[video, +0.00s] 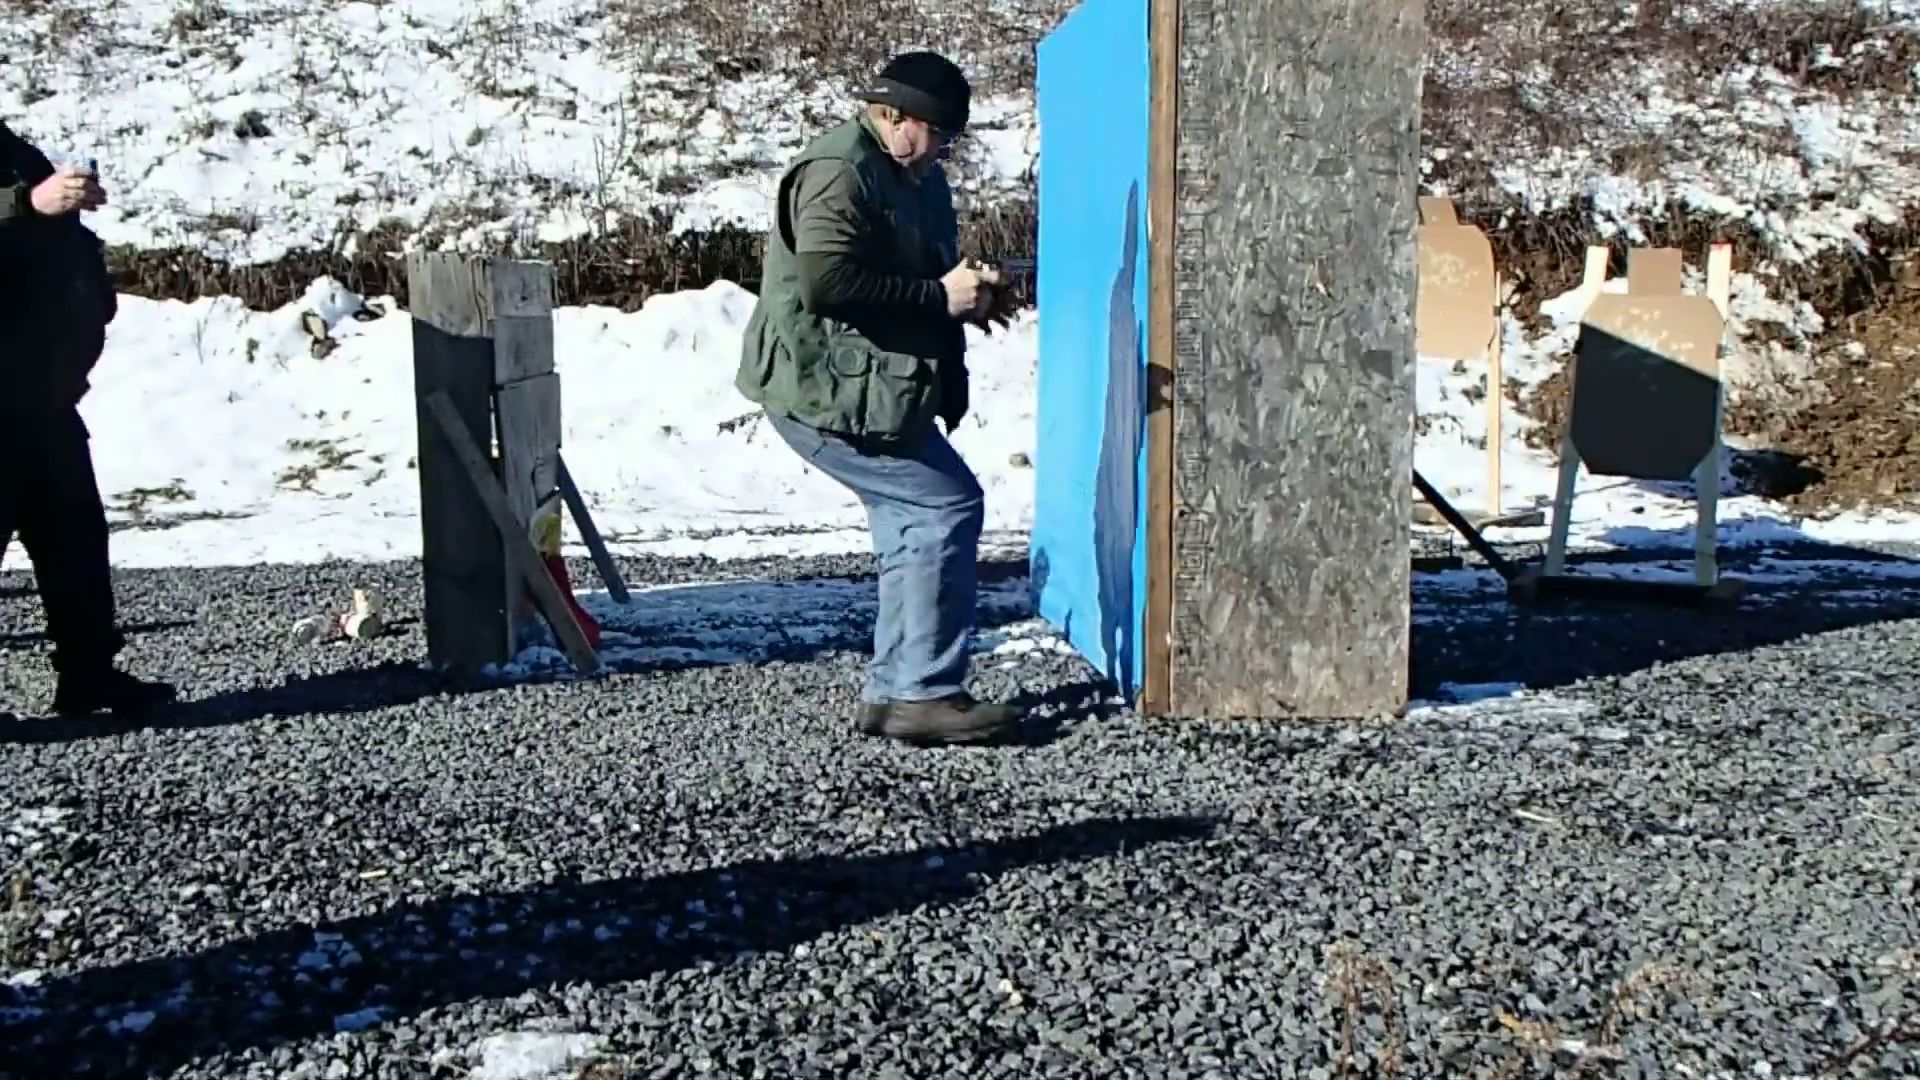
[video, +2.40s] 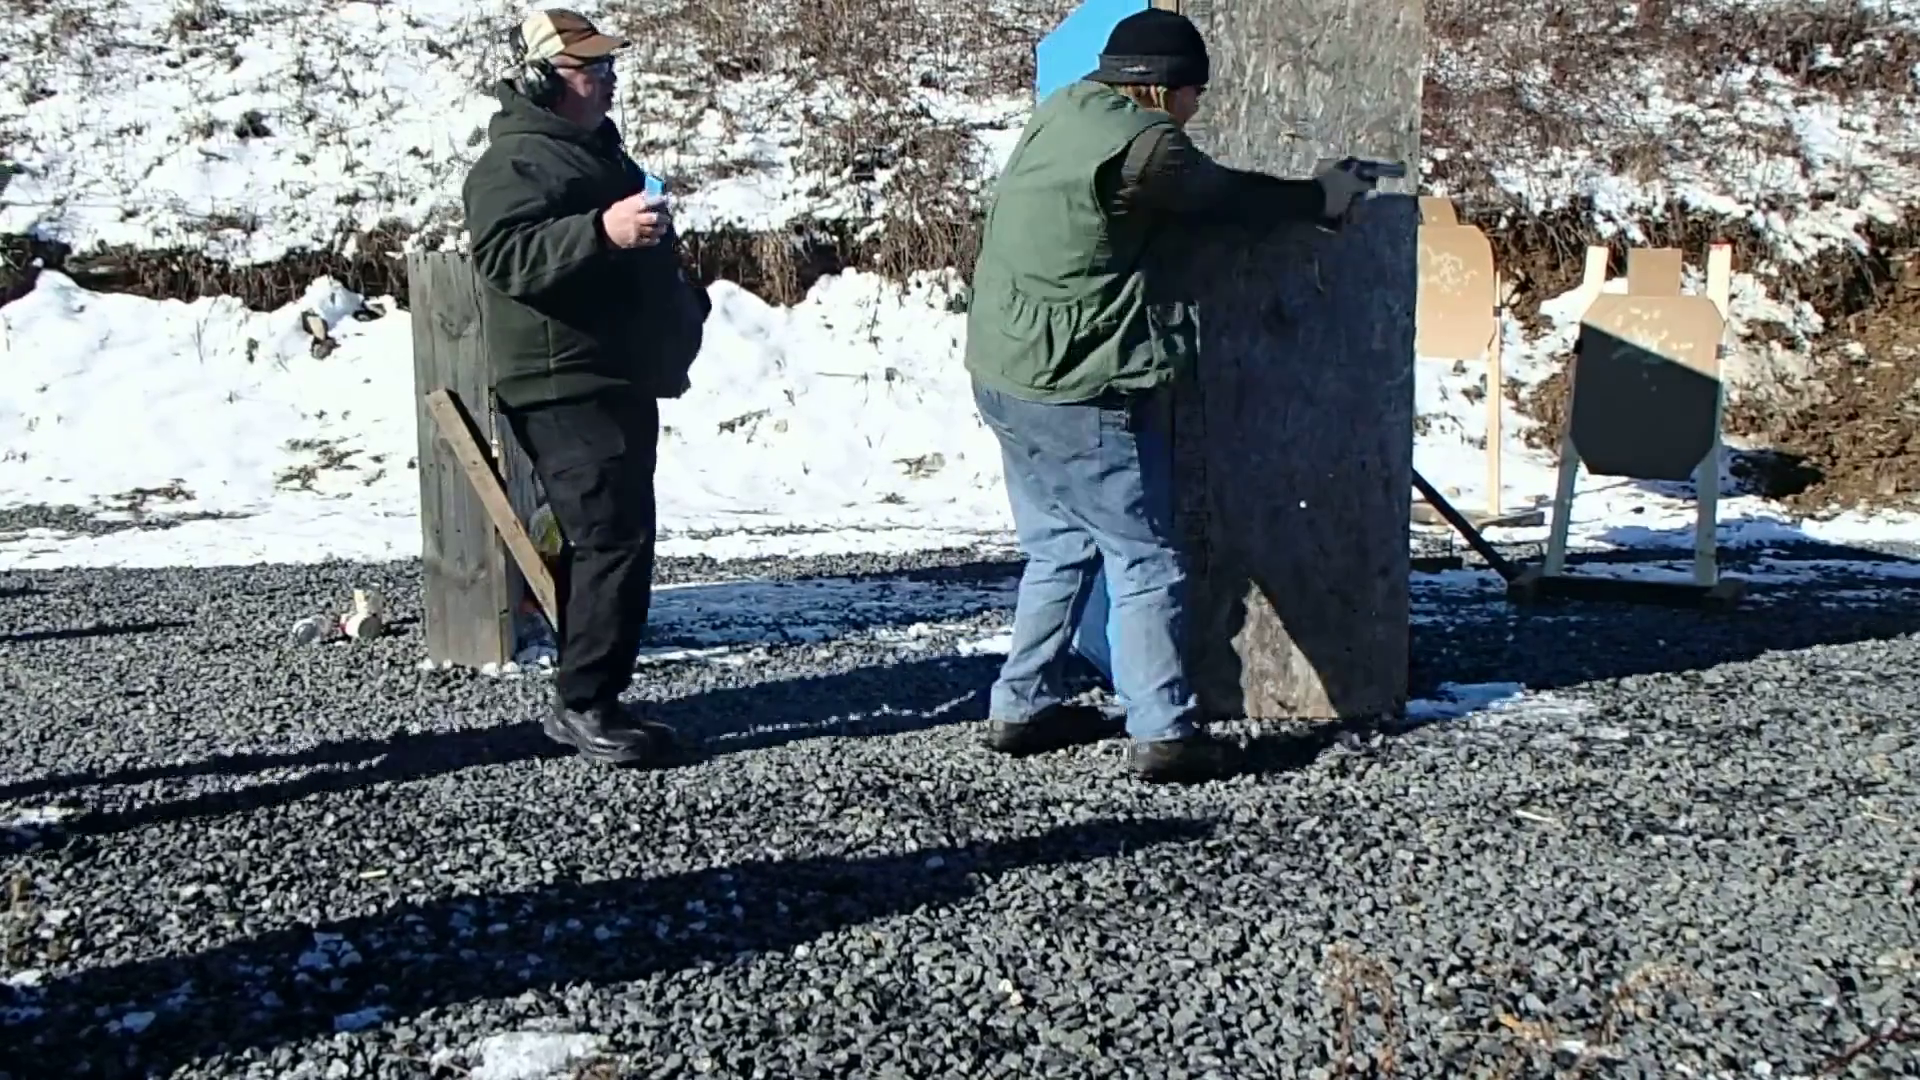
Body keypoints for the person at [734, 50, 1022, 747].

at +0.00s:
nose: (941, 146)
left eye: (947, 133)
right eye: (936, 130)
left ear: (928, 125)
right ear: (896, 115)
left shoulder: (923, 181)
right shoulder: (838, 170)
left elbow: (927, 285)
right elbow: (827, 282)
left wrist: (965, 297)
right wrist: (939, 296)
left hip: (871, 386)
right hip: (818, 389)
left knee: (913, 516)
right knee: (947, 502)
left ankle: (892, 686)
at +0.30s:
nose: (1028, 130)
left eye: (1032, 117)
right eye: (1024, 114)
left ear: (988, 99)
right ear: (982, 96)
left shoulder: (980, 154)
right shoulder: (928, 153)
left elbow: (1024, 253)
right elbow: (894, 269)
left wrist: (1036, 296)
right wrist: (1004, 303)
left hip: (951, 375)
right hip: (926, 381)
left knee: (961, 535)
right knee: (1023, 523)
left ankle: (901, 692)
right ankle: (1009, 711)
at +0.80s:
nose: (1101, 107)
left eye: (1106, 92)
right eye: (1099, 88)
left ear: (1049, 69)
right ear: (1062, 69)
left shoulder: (1039, 122)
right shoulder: (1013, 112)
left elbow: (1097, 236)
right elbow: (996, 231)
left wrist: (1123, 294)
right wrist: (1102, 293)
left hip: (1005, 369)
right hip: (1022, 372)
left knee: (1031, 524)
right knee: (1084, 543)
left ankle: (938, 660)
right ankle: (1006, 713)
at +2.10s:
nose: (1159, 99)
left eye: (1163, 85)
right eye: (1157, 82)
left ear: (1091, 65)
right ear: (1123, 70)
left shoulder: (1044, 110)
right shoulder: (1085, 113)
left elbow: (1046, 255)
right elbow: (1080, 236)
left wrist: (1147, 292)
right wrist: (1159, 288)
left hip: (997, 359)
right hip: (1042, 366)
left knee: (1048, 532)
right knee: (1130, 522)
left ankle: (1021, 703)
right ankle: (1035, 683)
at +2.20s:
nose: (1171, 100)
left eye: (1174, 85)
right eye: (1169, 83)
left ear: (1102, 68)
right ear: (1130, 75)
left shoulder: (1050, 113)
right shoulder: (1092, 123)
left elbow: (1070, 256)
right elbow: (1118, 248)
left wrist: (1178, 287)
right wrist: (1203, 281)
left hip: (999, 365)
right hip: (1051, 370)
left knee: (1055, 534)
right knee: (1148, 519)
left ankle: (1019, 705)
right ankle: (1085, 686)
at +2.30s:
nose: (1182, 104)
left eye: (1186, 89)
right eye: (1181, 88)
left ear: (1106, 70)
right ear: (1145, 81)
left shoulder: (1051, 110)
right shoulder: (1114, 137)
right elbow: (1167, 240)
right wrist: (1262, 251)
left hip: (999, 363)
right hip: (1065, 378)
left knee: (1052, 538)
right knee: (1151, 542)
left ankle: (1021, 704)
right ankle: (1167, 722)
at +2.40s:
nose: (1194, 108)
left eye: (1196, 93)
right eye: (1194, 93)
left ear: (1119, 73)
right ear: (1165, 83)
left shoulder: (1057, 115)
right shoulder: (1142, 142)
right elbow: (1229, 196)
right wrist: (1319, 196)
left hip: (1005, 371)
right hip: (1078, 386)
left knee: (1057, 546)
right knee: (1143, 558)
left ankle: (1020, 708)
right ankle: (1163, 733)